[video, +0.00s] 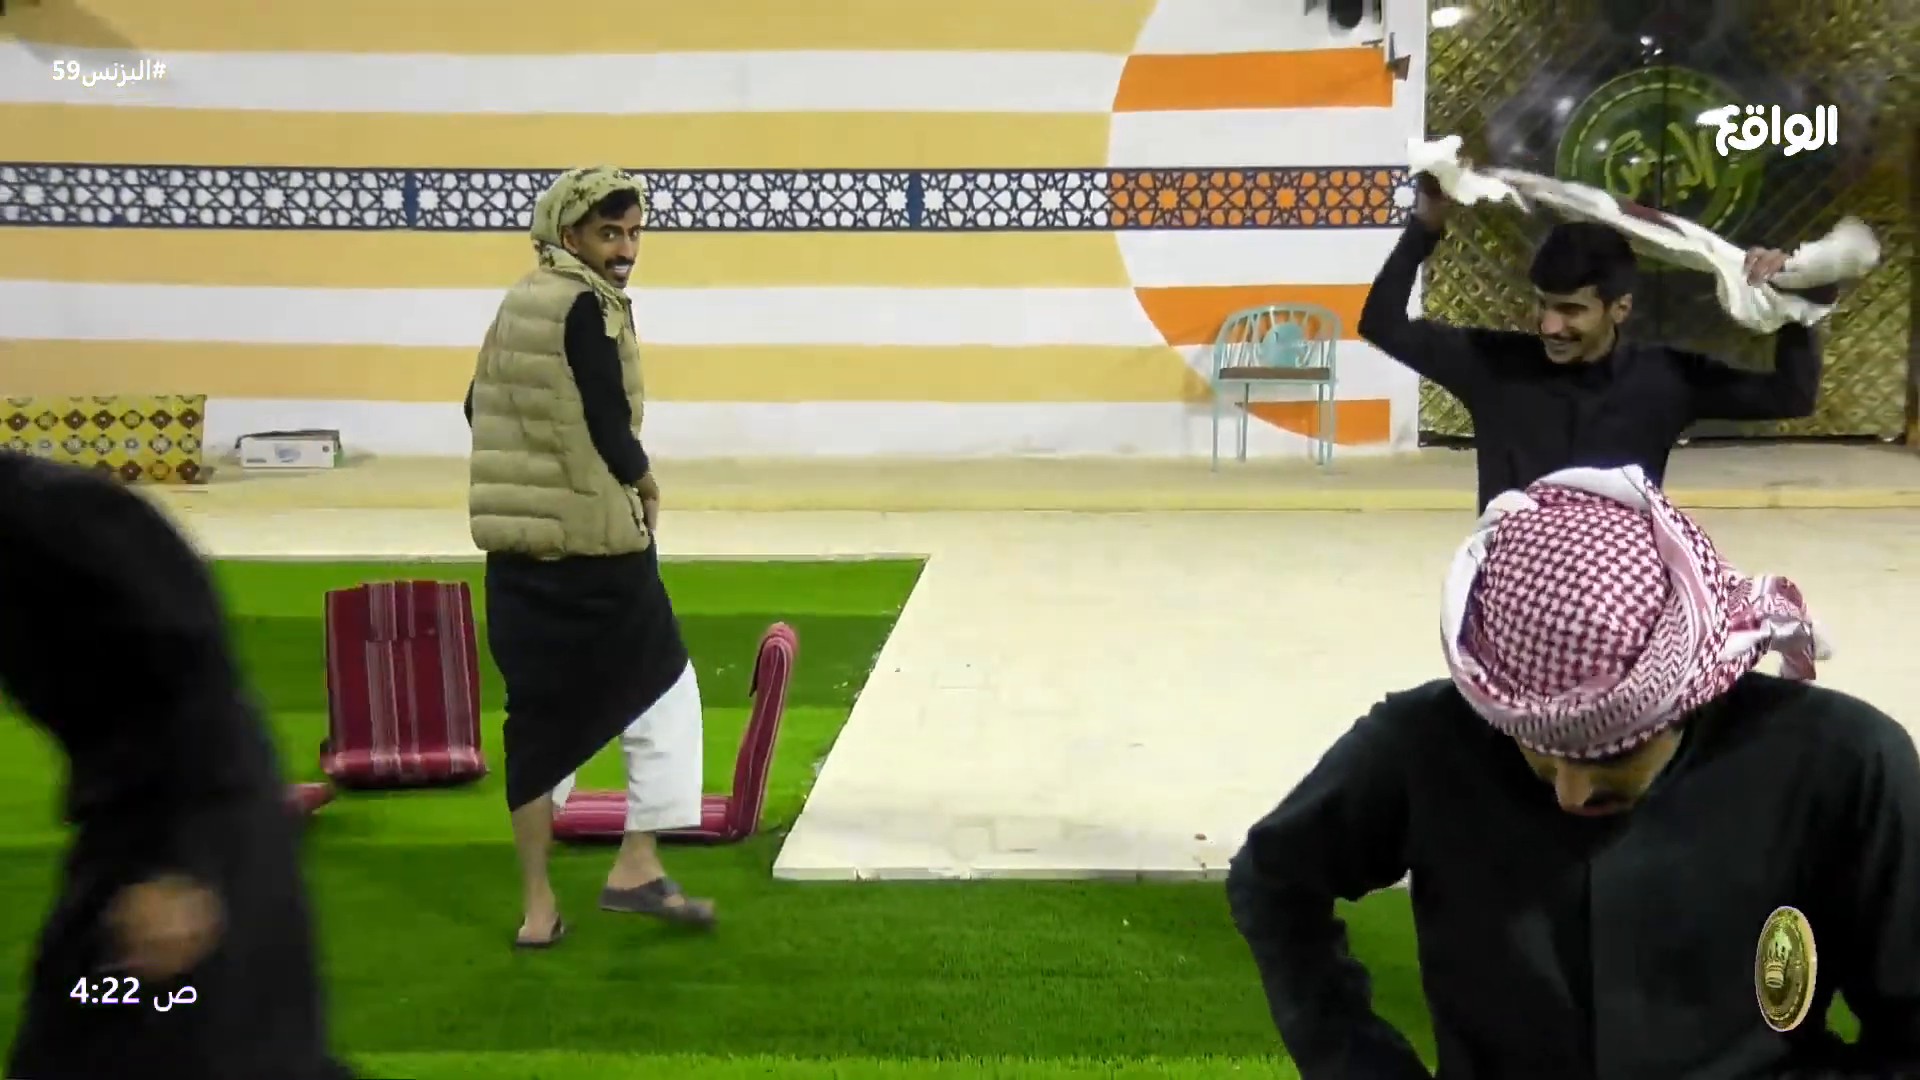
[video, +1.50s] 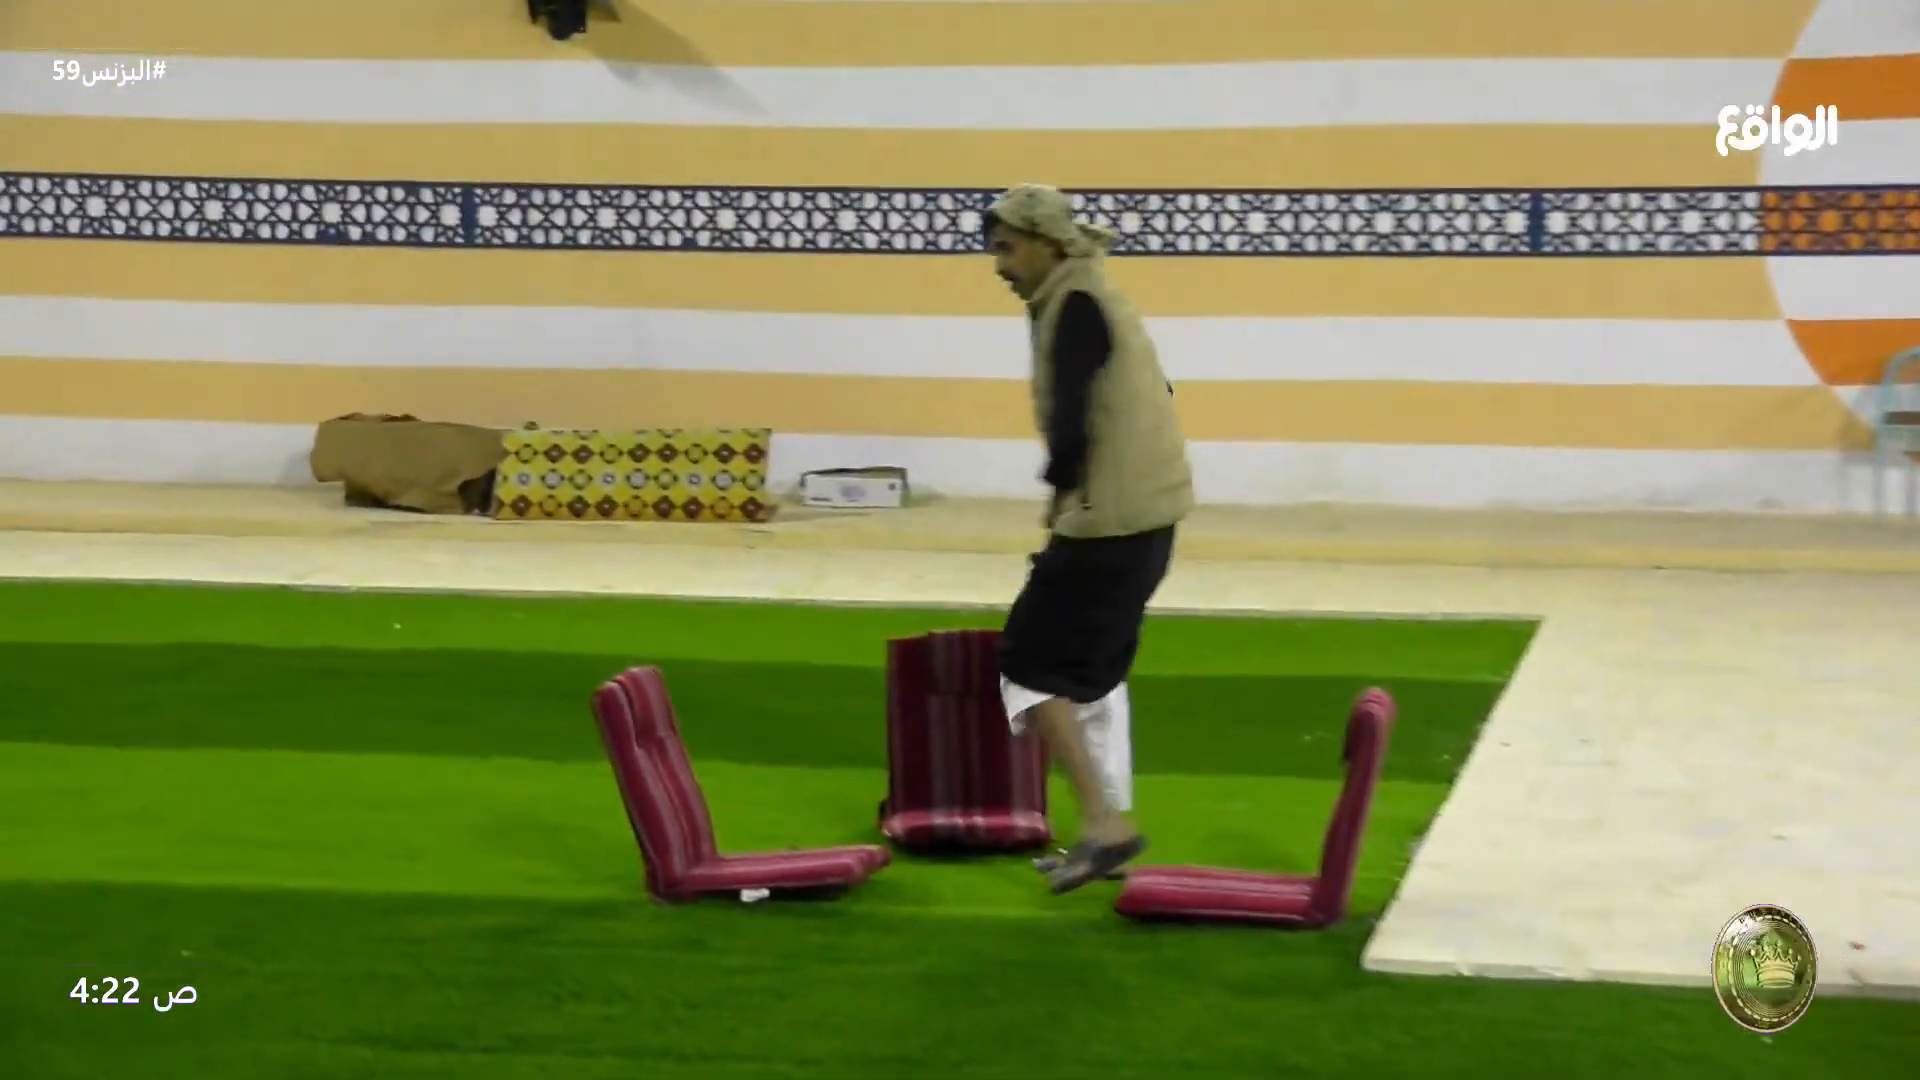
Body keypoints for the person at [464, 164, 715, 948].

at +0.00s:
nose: (626, 248)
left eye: (633, 234)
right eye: (612, 233)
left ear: (631, 235)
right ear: (569, 232)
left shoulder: (518, 303)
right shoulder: (587, 306)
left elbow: (476, 407)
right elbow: (607, 423)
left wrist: (545, 459)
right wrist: (643, 482)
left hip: (515, 557)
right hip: (597, 554)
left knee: (533, 720)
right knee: (667, 693)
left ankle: (537, 908)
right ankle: (638, 866)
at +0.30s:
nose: (772, 275)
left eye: (773, 261)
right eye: (764, 262)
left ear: (705, 259)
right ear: (729, 258)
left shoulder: (637, 324)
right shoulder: (740, 325)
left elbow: (627, 423)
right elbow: (763, 427)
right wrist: (768, 481)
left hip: (646, 546)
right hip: (728, 546)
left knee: (669, 702)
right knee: (755, 687)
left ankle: (666, 864)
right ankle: (763, 851)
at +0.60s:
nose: (877, 244)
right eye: (873, 233)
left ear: (800, 237)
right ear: (868, 238)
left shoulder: (763, 301)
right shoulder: (892, 303)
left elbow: (735, 417)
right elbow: (941, 406)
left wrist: (767, 471)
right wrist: (910, 457)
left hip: (777, 523)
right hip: (871, 524)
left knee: (778, 661)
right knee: (884, 674)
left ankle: (795, 815)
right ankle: (902, 842)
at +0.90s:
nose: (810, 233)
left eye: (813, 223)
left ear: (823, 228)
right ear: (890, 222)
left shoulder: (796, 297)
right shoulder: (920, 284)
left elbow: (783, 417)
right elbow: (962, 379)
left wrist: (811, 472)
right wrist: (946, 419)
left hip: (833, 511)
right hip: (917, 501)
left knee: (837, 661)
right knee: (919, 621)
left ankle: (856, 822)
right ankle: (950, 734)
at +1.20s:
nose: (902, 238)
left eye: (906, 226)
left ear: (916, 231)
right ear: (980, 220)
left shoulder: (905, 303)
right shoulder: (1024, 288)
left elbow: (893, 413)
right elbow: (1074, 379)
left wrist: (895, 483)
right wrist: (1040, 436)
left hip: (951, 523)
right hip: (1030, 518)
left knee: (963, 692)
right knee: (997, 643)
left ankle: (977, 850)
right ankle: (1010, 781)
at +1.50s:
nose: (997, 264)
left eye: (1005, 248)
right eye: (994, 249)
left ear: (1045, 245)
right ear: (1052, 248)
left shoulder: (1073, 307)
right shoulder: (1094, 298)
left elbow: (1071, 415)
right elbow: (1149, 395)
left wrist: (1060, 491)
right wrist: (1087, 483)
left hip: (1109, 523)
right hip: (1140, 517)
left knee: (1031, 665)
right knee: (1075, 675)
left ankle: (1105, 825)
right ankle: (1104, 831)